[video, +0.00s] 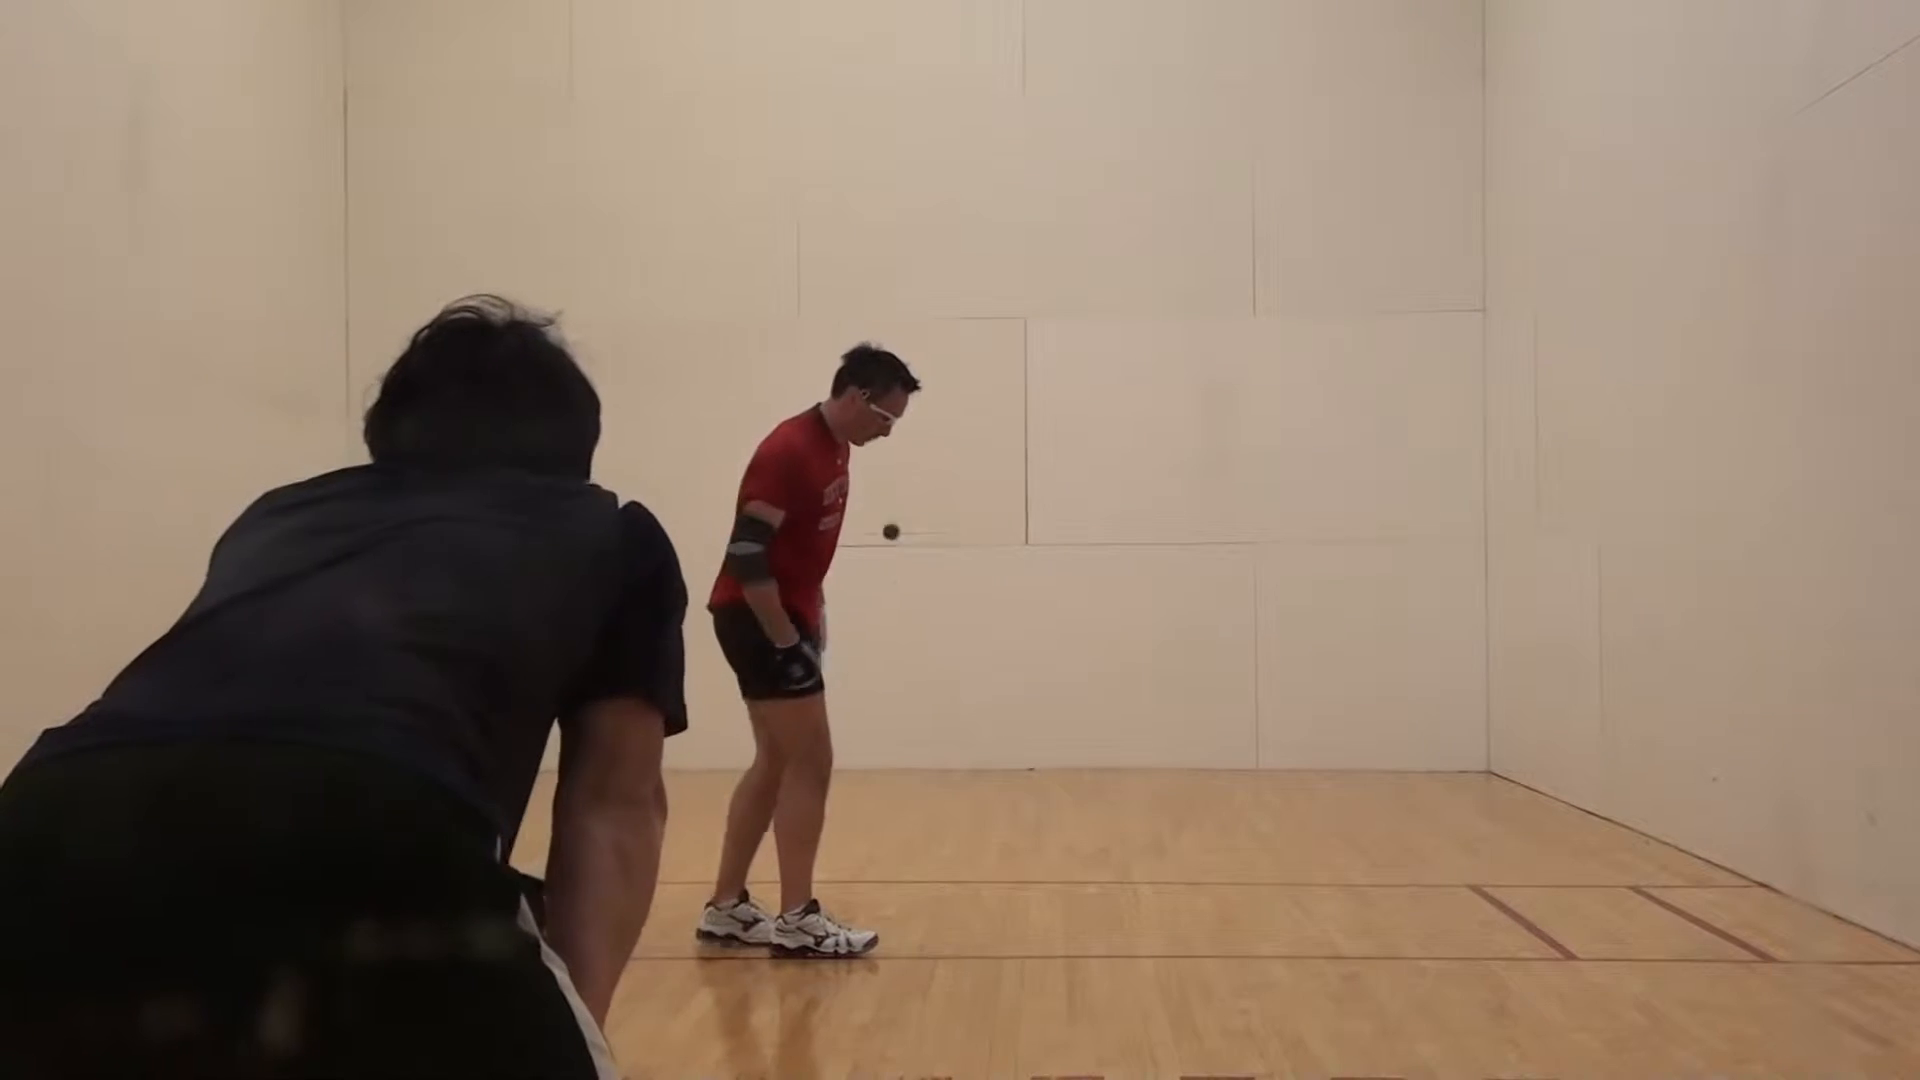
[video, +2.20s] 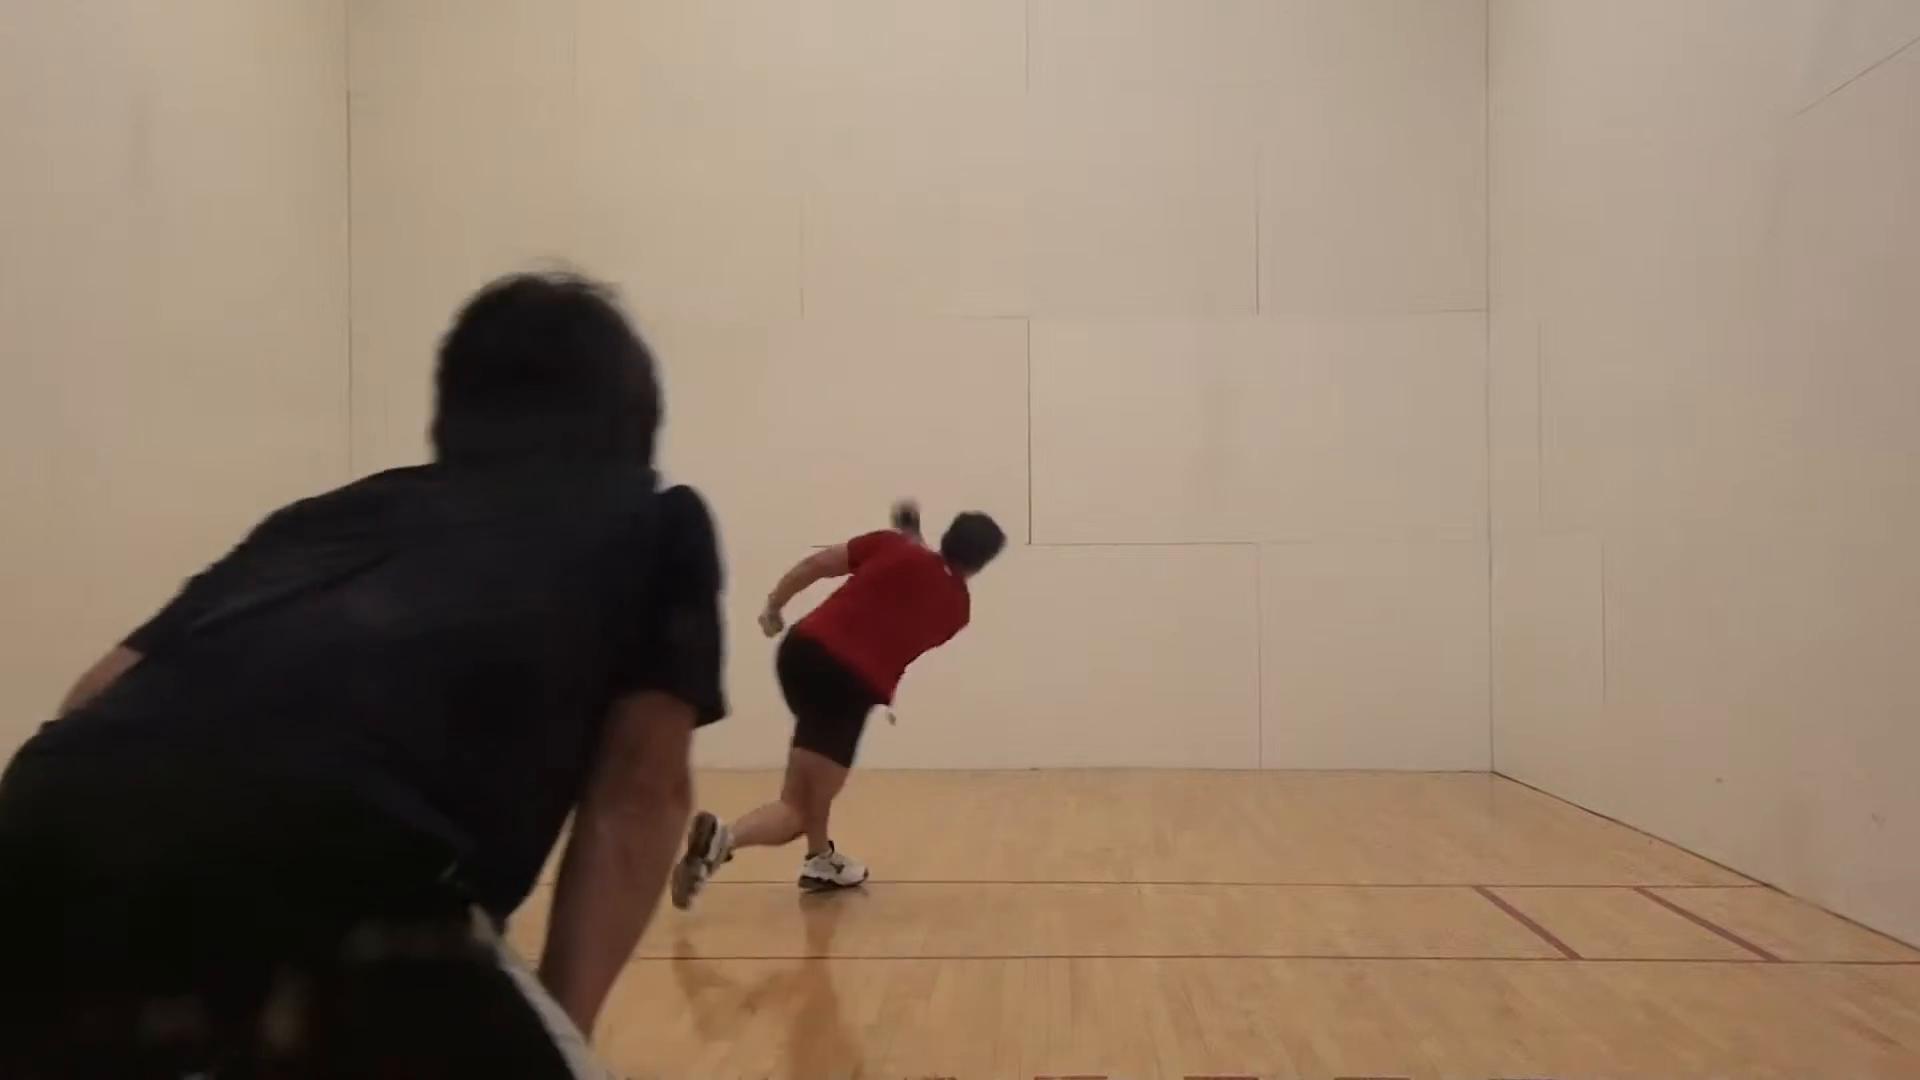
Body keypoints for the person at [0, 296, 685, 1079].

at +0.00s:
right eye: (591, 456)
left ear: (390, 429)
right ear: (566, 445)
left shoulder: (279, 508)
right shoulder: (608, 531)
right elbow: (617, 800)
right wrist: (568, 1034)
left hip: (58, 836)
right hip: (371, 858)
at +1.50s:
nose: (682, 400)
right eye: (683, 383)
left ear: (480, 393)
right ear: (669, 395)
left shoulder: (386, 490)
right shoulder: (702, 489)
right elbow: (708, 769)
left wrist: (745, 585)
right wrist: (638, 1020)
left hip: (148, 830)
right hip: (434, 846)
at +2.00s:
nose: (755, 445)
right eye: (755, 428)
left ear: (554, 423)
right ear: (746, 432)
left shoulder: (447, 507)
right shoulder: (757, 518)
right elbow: (728, 794)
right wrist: (619, 1028)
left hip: (135, 832)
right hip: (411, 849)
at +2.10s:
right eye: (715, 427)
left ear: (517, 424)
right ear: (705, 433)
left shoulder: (409, 508)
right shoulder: (719, 518)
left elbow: (161, 687)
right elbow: (690, 799)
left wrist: (219, 990)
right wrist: (592, 1027)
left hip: (114, 814)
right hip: (393, 840)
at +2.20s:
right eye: (648, 431)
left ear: (448, 419)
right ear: (637, 426)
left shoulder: (326, 512)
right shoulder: (650, 519)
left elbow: (99, 693)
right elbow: (642, 794)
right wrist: (554, 1039)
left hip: (48, 869)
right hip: (334, 888)